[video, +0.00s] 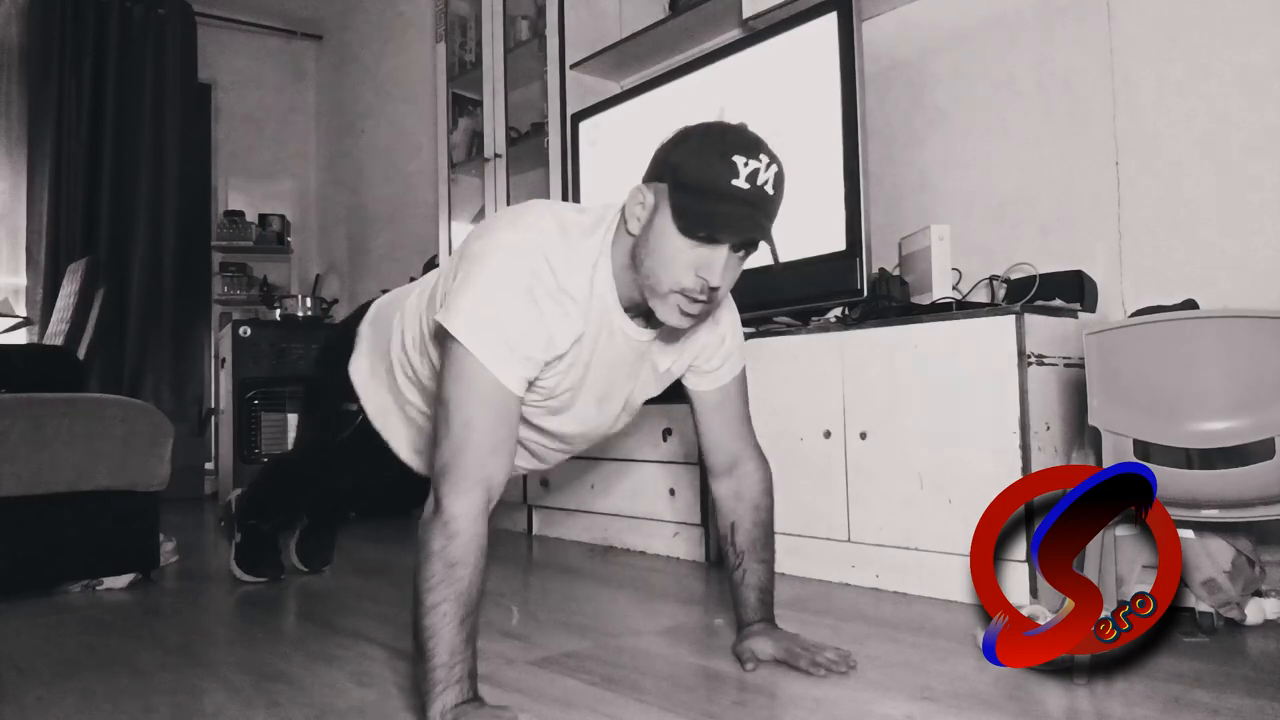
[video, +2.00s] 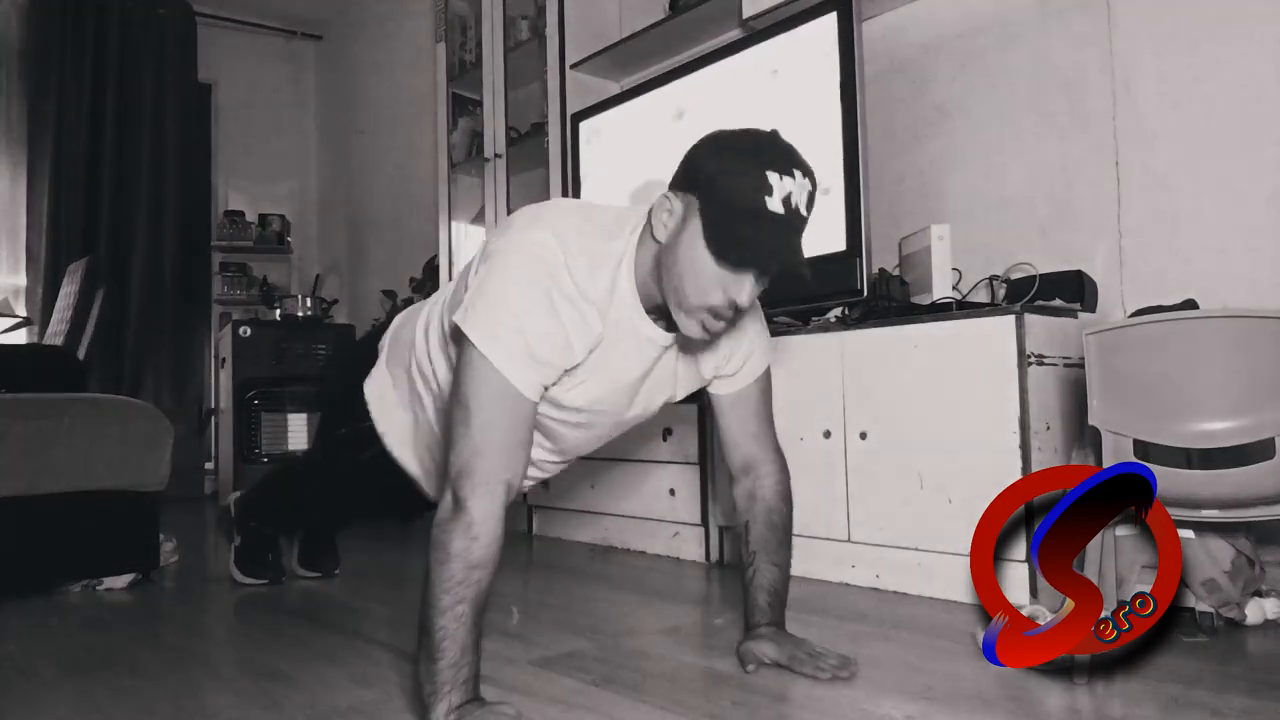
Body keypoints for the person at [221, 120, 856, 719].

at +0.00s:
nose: (713, 276)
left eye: (738, 251)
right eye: (699, 235)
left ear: (750, 250)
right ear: (644, 208)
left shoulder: (708, 316)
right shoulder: (518, 262)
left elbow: (736, 470)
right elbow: (462, 503)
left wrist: (758, 624)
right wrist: (451, 701)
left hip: (464, 450)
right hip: (378, 387)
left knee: (368, 498)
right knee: (315, 473)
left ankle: (318, 520)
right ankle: (256, 517)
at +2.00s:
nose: (739, 304)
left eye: (759, 283)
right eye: (731, 271)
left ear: (775, 270)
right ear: (674, 216)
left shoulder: (730, 317)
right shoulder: (543, 256)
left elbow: (758, 474)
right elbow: (473, 501)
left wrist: (766, 628)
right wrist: (450, 702)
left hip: (486, 463)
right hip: (400, 410)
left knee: (377, 499)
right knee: (322, 487)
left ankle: (317, 526)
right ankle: (254, 518)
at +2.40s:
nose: (741, 347)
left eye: (758, 332)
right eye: (736, 316)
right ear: (680, 254)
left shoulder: (723, 318)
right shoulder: (545, 264)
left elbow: (749, 472)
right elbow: (479, 500)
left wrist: (764, 629)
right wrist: (450, 702)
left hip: (495, 459)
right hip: (411, 409)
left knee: (371, 499)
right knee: (317, 481)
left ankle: (313, 522)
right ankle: (248, 519)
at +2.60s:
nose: (739, 347)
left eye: (756, 332)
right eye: (734, 317)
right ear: (679, 252)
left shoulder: (723, 318)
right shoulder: (545, 261)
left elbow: (750, 471)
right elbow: (481, 500)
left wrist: (765, 629)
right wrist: (450, 703)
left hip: (492, 456)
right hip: (409, 406)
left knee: (371, 496)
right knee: (319, 480)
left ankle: (313, 522)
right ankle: (248, 519)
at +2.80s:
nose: (739, 345)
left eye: (755, 328)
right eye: (734, 314)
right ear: (678, 250)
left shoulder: (721, 319)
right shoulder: (540, 264)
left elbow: (748, 472)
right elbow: (477, 499)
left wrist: (765, 628)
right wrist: (451, 701)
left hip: (497, 461)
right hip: (408, 414)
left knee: (374, 505)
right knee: (321, 486)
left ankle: (313, 529)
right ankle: (254, 516)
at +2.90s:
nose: (735, 348)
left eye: (752, 330)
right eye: (729, 317)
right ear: (671, 252)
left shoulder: (718, 317)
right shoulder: (536, 264)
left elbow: (748, 472)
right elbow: (473, 501)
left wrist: (765, 628)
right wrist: (450, 701)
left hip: (499, 462)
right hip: (406, 416)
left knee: (373, 507)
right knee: (319, 486)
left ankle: (315, 527)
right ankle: (254, 518)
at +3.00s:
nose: (734, 351)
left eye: (752, 333)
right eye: (728, 319)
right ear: (669, 253)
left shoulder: (718, 316)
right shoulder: (536, 260)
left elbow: (746, 471)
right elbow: (473, 496)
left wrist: (765, 630)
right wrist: (450, 700)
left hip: (499, 461)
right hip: (404, 417)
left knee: (373, 505)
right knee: (319, 485)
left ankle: (313, 525)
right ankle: (250, 518)